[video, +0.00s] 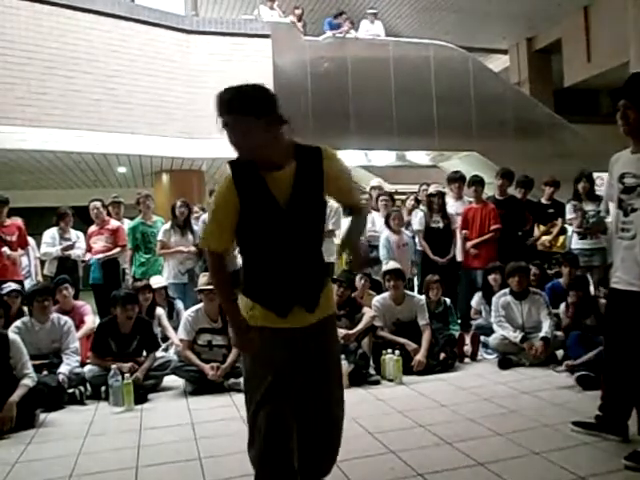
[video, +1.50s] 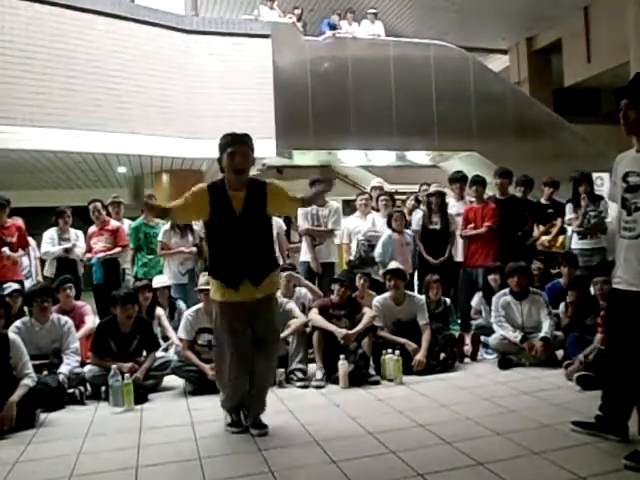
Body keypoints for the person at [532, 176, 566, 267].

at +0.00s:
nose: (551, 190)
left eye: (554, 187)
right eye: (549, 186)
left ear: (556, 190)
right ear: (543, 187)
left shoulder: (560, 205)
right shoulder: (536, 204)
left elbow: (560, 223)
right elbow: (535, 224)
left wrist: (550, 238)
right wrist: (540, 239)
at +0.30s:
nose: (551, 190)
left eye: (554, 187)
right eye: (549, 186)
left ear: (556, 189)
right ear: (544, 187)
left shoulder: (560, 205)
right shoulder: (536, 205)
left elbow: (560, 223)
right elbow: (535, 224)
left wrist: (550, 238)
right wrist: (540, 239)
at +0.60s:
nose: (551, 190)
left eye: (554, 188)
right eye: (549, 187)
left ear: (556, 190)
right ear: (543, 187)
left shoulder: (560, 205)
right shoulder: (535, 205)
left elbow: (559, 223)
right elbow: (535, 224)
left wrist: (549, 239)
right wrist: (541, 239)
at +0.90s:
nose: (551, 191)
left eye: (554, 188)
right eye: (549, 187)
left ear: (556, 190)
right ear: (543, 187)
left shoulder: (560, 206)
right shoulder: (535, 205)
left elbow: (559, 223)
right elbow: (535, 224)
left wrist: (550, 239)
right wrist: (540, 239)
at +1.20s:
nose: (551, 191)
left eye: (553, 188)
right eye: (549, 187)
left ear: (555, 190)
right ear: (543, 187)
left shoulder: (560, 205)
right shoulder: (535, 205)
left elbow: (559, 223)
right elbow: (534, 225)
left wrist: (549, 238)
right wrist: (540, 239)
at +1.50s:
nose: (551, 191)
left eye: (554, 188)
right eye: (549, 187)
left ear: (556, 190)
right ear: (543, 187)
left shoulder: (560, 206)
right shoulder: (535, 205)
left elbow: (559, 223)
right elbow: (534, 224)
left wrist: (550, 238)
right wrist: (540, 239)